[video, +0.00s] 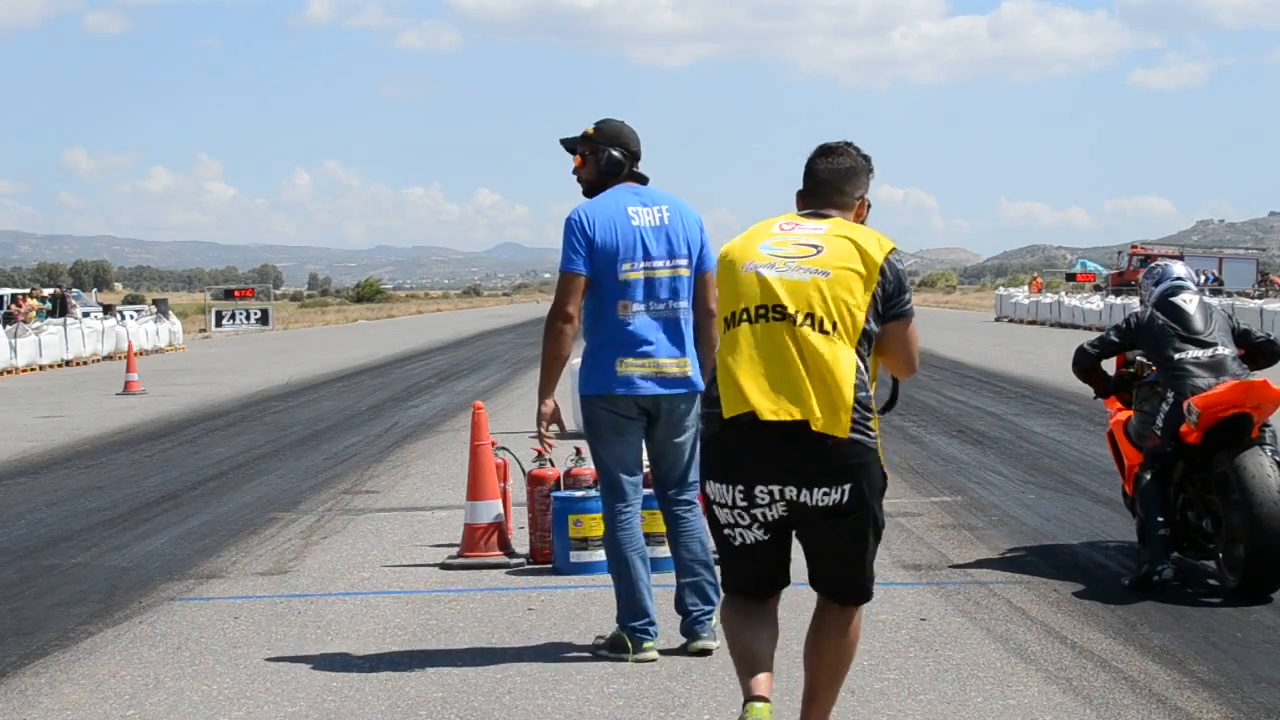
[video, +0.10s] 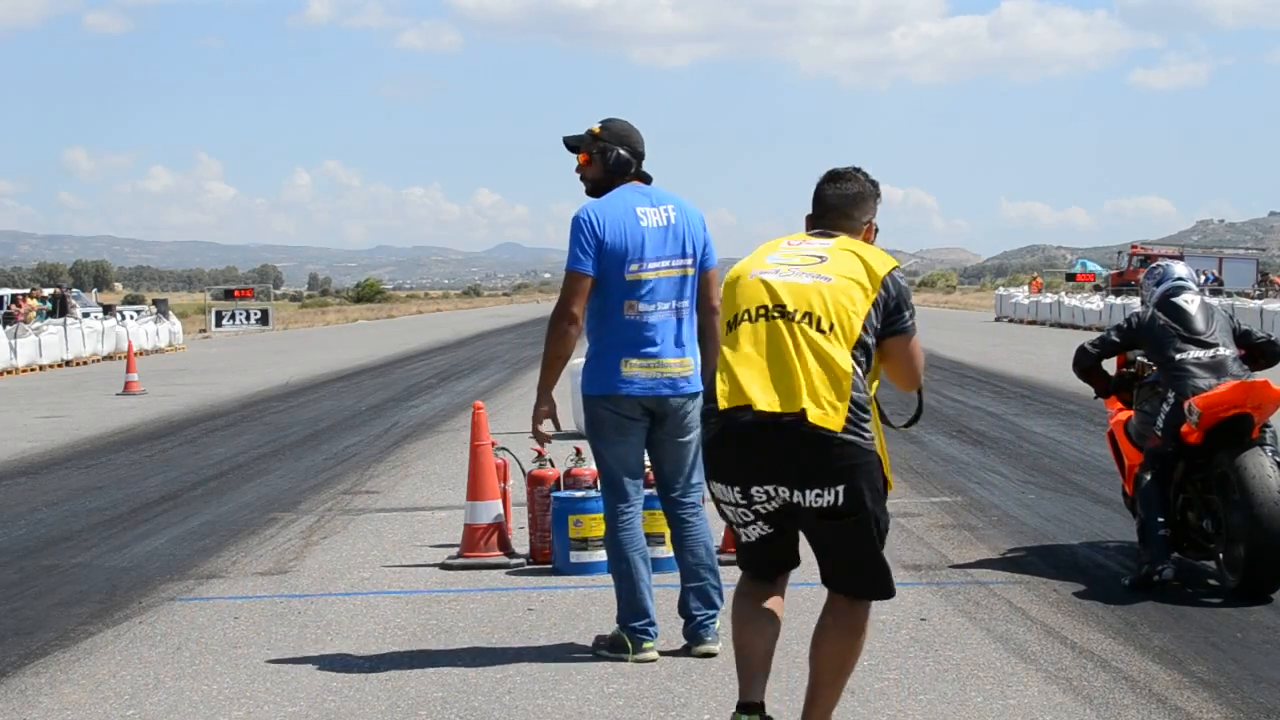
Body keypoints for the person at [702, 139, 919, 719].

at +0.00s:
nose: (868, 210)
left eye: (865, 202)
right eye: (868, 203)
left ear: (799, 198)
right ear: (860, 206)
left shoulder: (738, 247)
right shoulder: (876, 254)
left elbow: (730, 339)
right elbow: (904, 361)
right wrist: (860, 323)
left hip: (739, 450)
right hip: (836, 456)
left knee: (748, 585)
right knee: (841, 593)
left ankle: (756, 702)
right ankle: (814, 715)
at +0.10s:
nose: (876, 235)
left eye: (872, 227)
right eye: (876, 227)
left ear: (809, 221)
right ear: (869, 229)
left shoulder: (749, 264)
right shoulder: (879, 272)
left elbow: (730, 361)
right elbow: (907, 377)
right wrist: (872, 325)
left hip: (738, 450)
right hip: (831, 454)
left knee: (763, 569)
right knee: (850, 587)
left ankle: (748, 708)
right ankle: (815, 715)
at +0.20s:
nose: (882, 261)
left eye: (881, 255)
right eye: (883, 254)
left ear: (818, 245)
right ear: (875, 255)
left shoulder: (759, 281)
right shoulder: (881, 291)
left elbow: (730, 368)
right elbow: (912, 396)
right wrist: (904, 351)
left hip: (728, 446)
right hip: (826, 454)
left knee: (771, 561)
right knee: (861, 587)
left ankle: (756, 706)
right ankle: (817, 716)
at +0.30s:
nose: (888, 289)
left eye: (889, 283)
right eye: (888, 283)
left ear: (824, 274)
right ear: (880, 283)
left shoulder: (775, 301)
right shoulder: (884, 318)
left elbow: (736, 371)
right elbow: (917, 417)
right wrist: (900, 359)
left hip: (714, 444)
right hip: (803, 454)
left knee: (772, 562)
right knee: (885, 580)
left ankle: (759, 706)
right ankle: (819, 713)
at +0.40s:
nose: (892, 316)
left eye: (890, 311)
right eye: (891, 310)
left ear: (828, 307)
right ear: (883, 314)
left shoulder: (783, 328)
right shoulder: (888, 349)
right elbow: (922, 442)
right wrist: (899, 366)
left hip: (708, 464)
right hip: (795, 472)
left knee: (773, 560)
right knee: (906, 588)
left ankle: (762, 704)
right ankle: (820, 708)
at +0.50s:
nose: (892, 343)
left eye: (890, 337)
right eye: (891, 337)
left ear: (832, 333)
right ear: (884, 342)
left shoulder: (788, 352)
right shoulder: (888, 375)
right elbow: (923, 468)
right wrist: (900, 383)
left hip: (700, 483)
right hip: (786, 492)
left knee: (773, 571)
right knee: (921, 592)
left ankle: (762, 703)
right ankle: (822, 708)